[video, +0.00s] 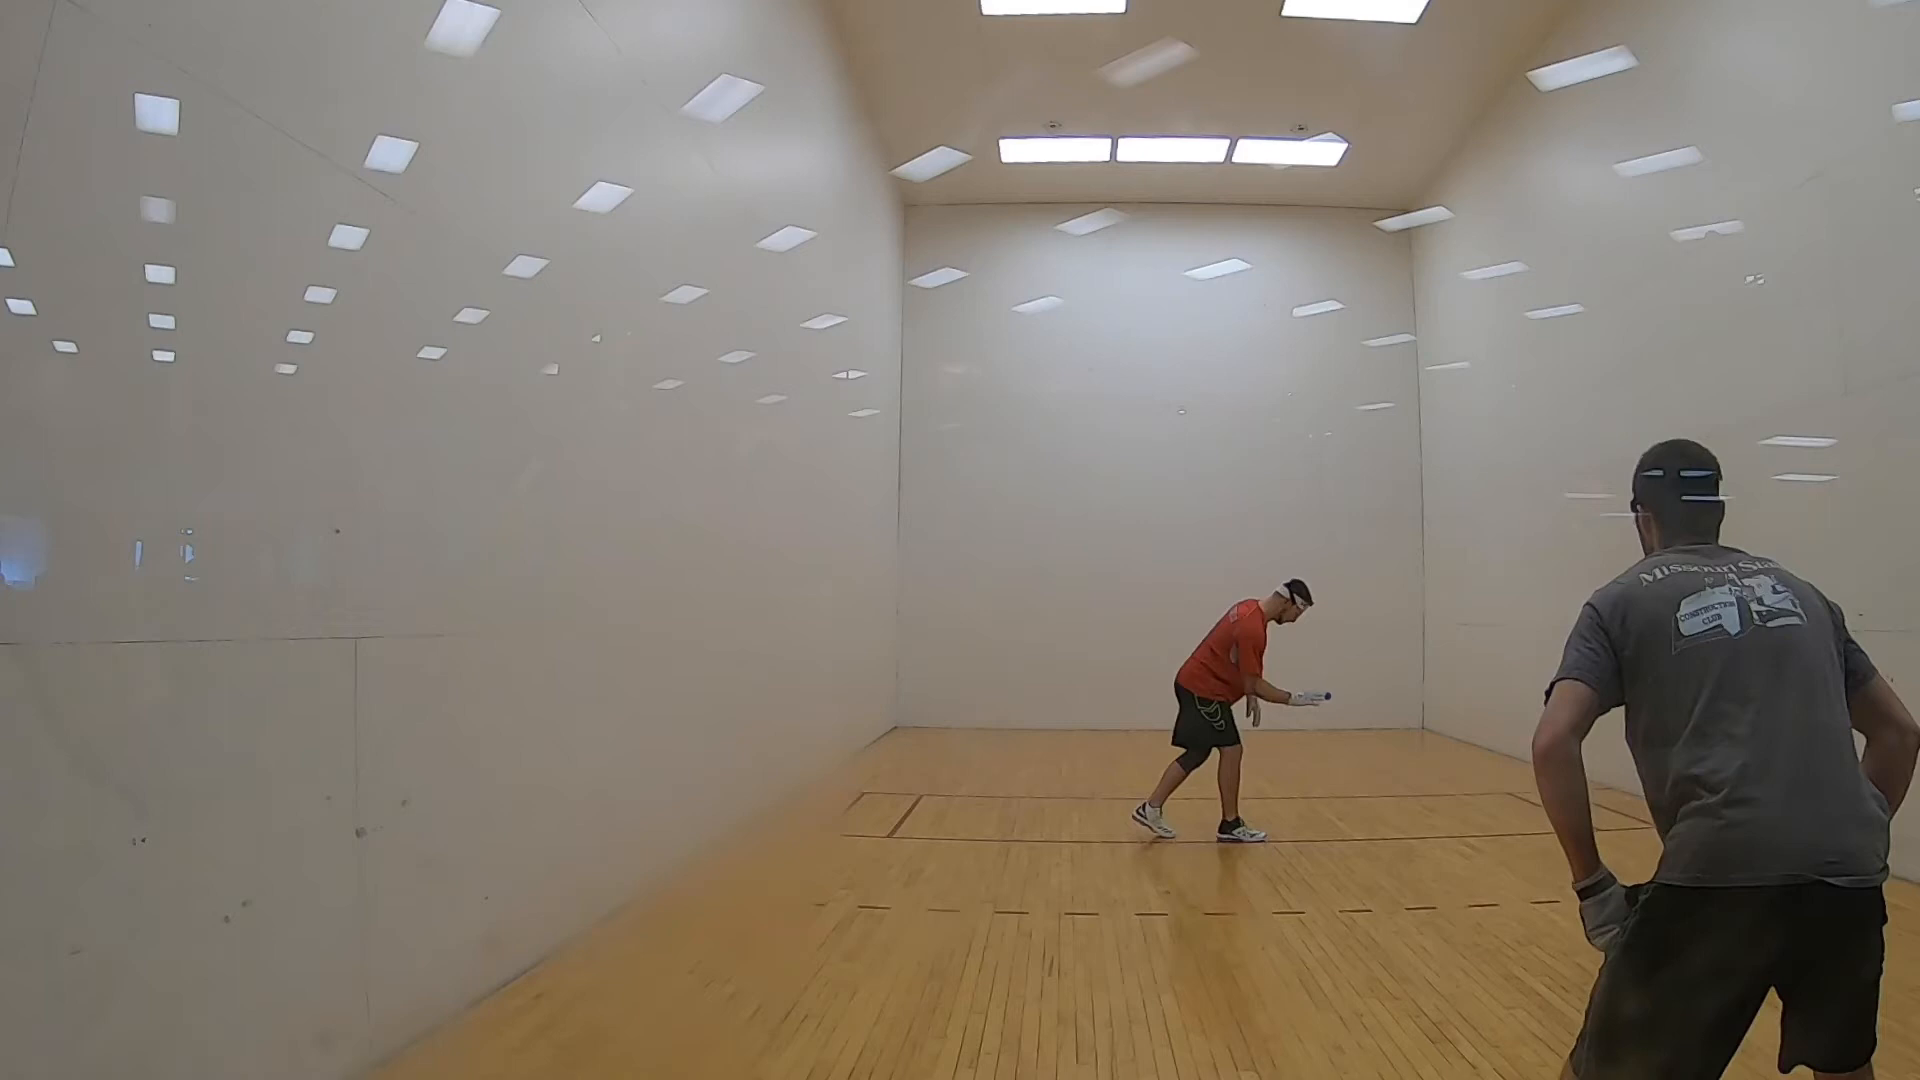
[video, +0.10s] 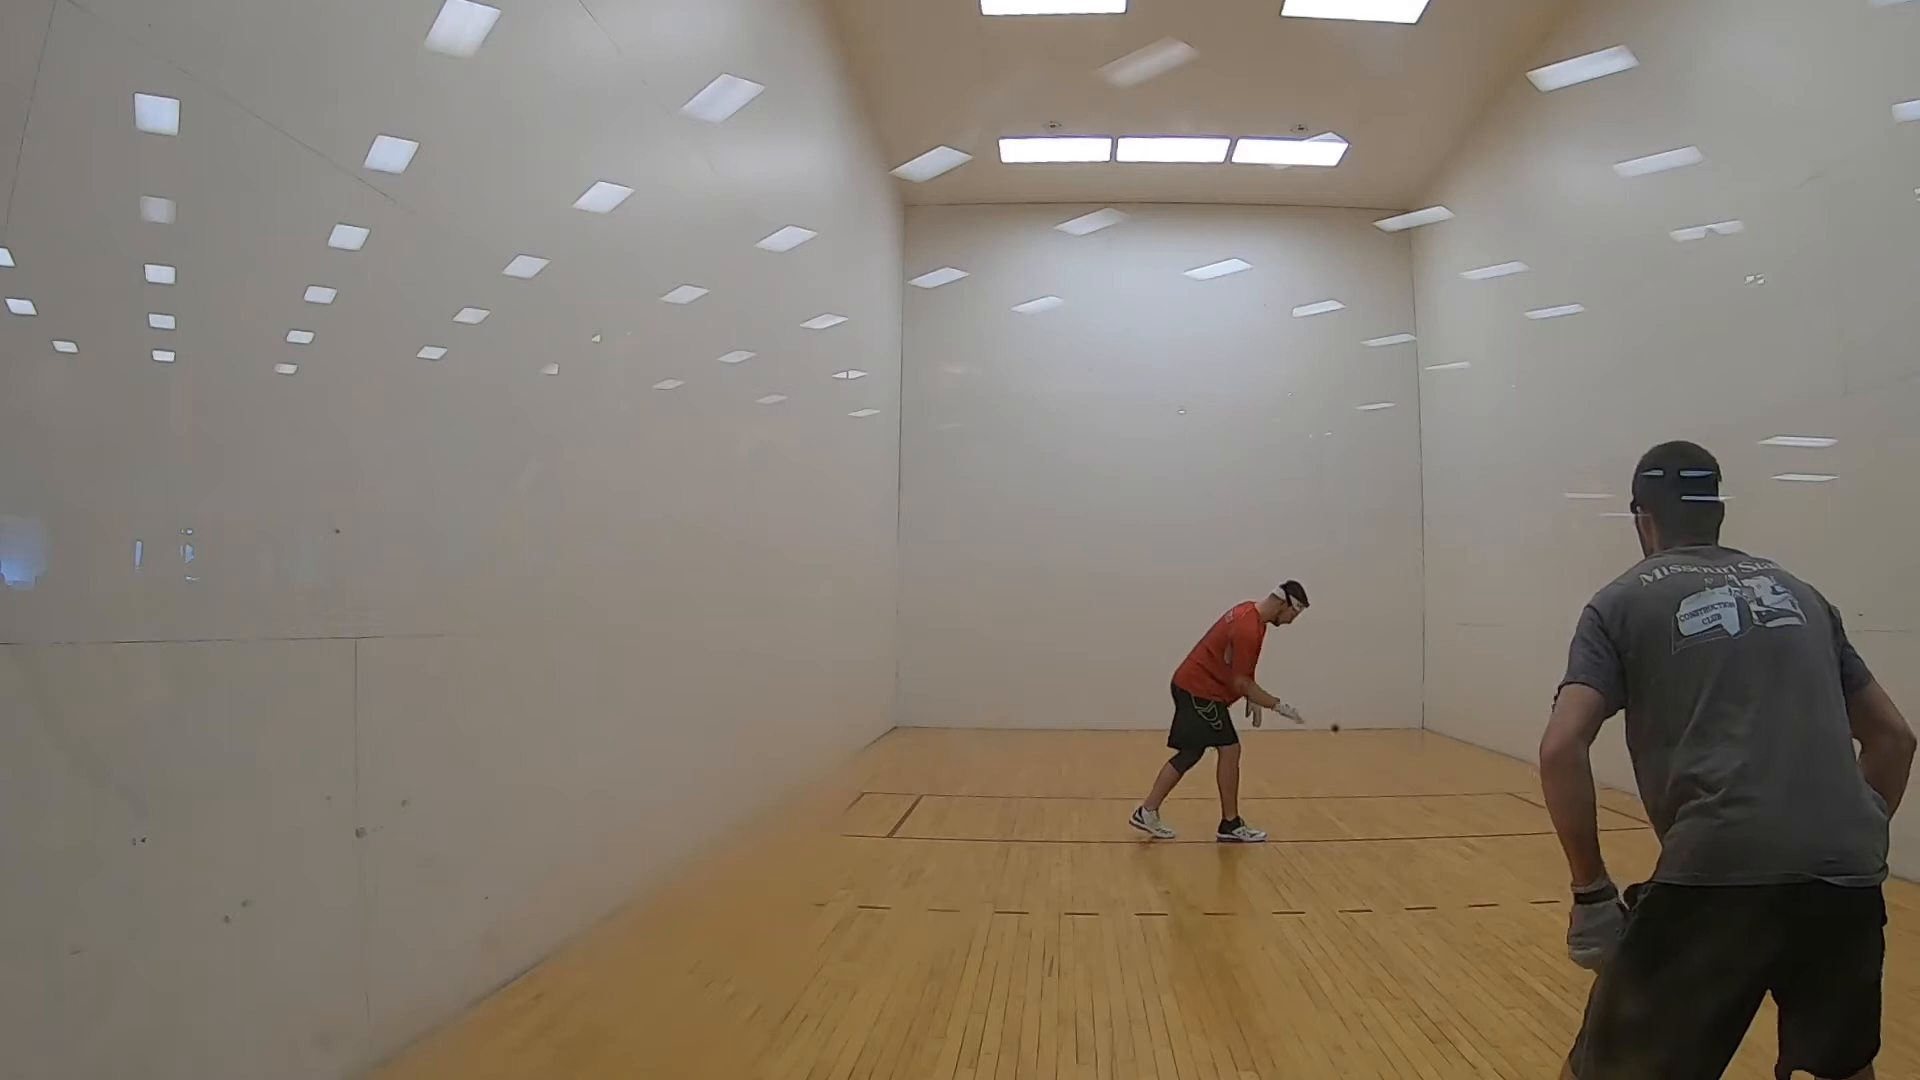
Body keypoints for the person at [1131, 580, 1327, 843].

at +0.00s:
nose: (1297, 618)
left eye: (1301, 613)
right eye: (1299, 611)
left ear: (1281, 599)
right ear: (1288, 602)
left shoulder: (1248, 609)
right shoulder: (1252, 630)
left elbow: (1243, 657)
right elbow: (1252, 683)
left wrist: (1250, 693)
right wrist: (1292, 699)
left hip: (1193, 684)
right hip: (1206, 691)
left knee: (1196, 753)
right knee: (1232, 750)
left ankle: (1150, 809)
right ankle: (1230, 824)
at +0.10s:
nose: (1293, 619)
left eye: (1297, 614)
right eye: (1295, 612)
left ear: (1280, 602)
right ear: (1283, 603)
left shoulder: (1247, 612)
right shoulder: (1249, 628)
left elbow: (1240, 659)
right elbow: (1242, 682)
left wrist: (1251, 694)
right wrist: (1278, 705)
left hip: (1191, 685)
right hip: (1201, 691)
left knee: (1189, 753)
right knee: (1230, 749)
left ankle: (1146, 812)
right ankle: (1230, 824)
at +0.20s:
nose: (1291, 620)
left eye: (1294, 615)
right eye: (1292, 613)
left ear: (1279, 605)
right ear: (1280, 605)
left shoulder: (1259, 628)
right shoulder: (1237, 625)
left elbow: (1249, 667)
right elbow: (1215, 671)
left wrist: (1250, 699)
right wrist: (1247, 699)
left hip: (1203, 693)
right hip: (1195, 691)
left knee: (1188, 752)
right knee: (1233, 745)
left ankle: (1145, 813)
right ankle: (1230, 821)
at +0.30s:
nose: (1294, 621)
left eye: (1297, 616)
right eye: (1295, 614)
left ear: (1282, 609)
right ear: (1281, 607)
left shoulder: (1271, 635)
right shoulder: (1235, 620)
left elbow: (1258, 671)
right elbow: (1198, 649)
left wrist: (1247, 689)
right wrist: (1227, 681)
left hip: (1211, 694)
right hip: (1195, 689)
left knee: (1192, 752)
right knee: (1239, 742)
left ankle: (1147, 811)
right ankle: (1225, 816)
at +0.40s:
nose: (1301, 628)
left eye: (1304, 623)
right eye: (1301, 621)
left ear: (1288, 616)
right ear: (1287, 614)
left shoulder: (1280, 644)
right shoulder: (1243, 621)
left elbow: (1267, 677)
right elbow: (1197, 629)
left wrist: (1252, 683)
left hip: (1224, 699)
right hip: (1200, 691)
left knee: (1209, 757)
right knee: (1240, 746)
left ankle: (1157, 803)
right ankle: (1220, 817)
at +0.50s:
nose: (1306, 637)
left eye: (1309, 633)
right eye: (1306, 631)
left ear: (1293, 627)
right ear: (1293, 626)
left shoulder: (1284, 654)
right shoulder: (1250, 627)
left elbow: (1277, 685)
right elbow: (1207, 618)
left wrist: (1270, 703)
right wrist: (1218, 630)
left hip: (1227, 700)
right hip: (1203, 693)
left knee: (1226, 758)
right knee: (1243, 749)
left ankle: (1181, 794)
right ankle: (1220, 817)